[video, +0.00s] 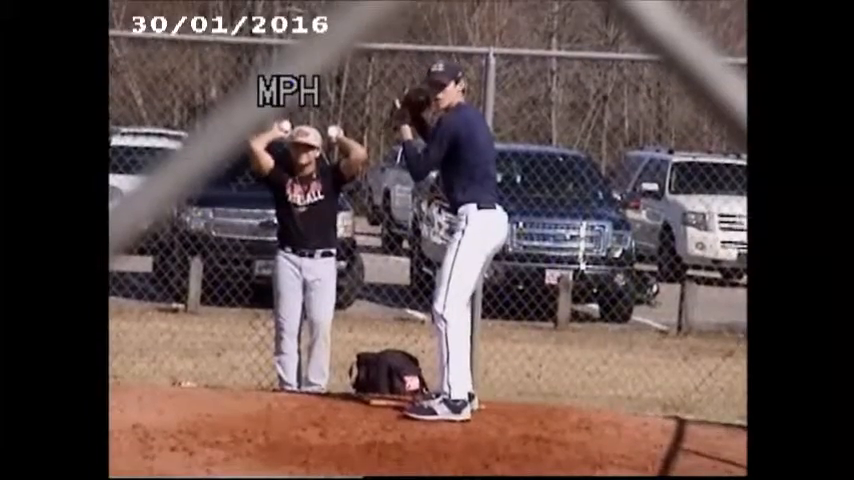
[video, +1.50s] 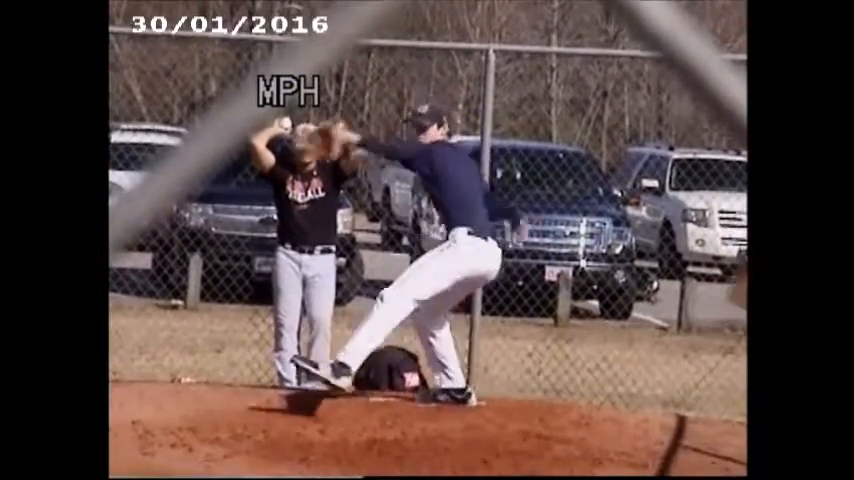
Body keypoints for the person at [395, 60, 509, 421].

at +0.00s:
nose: (435, 93)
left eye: (441, 87)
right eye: (434, 87)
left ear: (460, 86)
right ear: (447, 90)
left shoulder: (452, 120)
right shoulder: (471, 117)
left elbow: (420, 167)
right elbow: (433, 162)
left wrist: (406, 133)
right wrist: (418, 132)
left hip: (474, 218)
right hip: (489, 216)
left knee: (447, 306)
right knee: (456, 305)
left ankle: (455, 396)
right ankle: (461, 391)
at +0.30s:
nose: (435, 89)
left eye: (442, 83)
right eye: (433, 83)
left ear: (460, 83)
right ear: (437, 86)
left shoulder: (452, 117)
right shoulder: (469, 114)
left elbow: (419, 164)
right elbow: (433, 159)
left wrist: (405, 129)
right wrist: (417, 128)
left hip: (473, 216)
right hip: (486, 213)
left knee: (446, 305)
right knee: (456, 304)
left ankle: (455, 394)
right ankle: (460, 389)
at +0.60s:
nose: (429, 96)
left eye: (435, 89)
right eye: (427, 89)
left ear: (455, 86)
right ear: (447, 88)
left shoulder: (447, 118)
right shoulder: (469, 113)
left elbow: (414, 166)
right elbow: (434, 157)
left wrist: (400, 133)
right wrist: (415, 126)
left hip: (472, 216)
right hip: (488, 213)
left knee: (446, 304)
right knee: (452, 304)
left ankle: (455, 393)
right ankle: (461, 388)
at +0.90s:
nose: (427, 107)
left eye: (431, 100)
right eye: (424, 101)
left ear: (453, 93)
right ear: (455, 96)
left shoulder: (443, 125)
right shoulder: (475, 117)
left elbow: (406, 164)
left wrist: (399, 124)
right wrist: (418, 107)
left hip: (474, 216)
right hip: (496, 217)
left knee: (416, 288)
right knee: (447, 300)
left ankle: (441, 373)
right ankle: (461, 386)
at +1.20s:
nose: (416, 110)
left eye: (420, 103)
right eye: (414, 104)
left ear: (440, 97)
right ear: (444, 99)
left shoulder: (431, 127)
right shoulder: (472, 118)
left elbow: (388, 168)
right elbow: (484, 162)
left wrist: (411, 133)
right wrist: (450, 192)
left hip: (472, 216)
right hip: (503, 221)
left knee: (394, 236)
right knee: (458, 303)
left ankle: (402, 320)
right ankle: (460, 389)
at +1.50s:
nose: (418, 133)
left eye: (424, 128)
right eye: (417, 128)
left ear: (442, 128)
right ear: (444, 131)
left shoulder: (431, 154)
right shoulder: (466, 157)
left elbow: (393, 150)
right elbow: (488, 198)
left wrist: (359, 139)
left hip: (465, 247)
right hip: (490, 253)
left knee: (396, 297)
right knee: (428, 315)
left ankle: (343, 368)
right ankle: (454, 387)